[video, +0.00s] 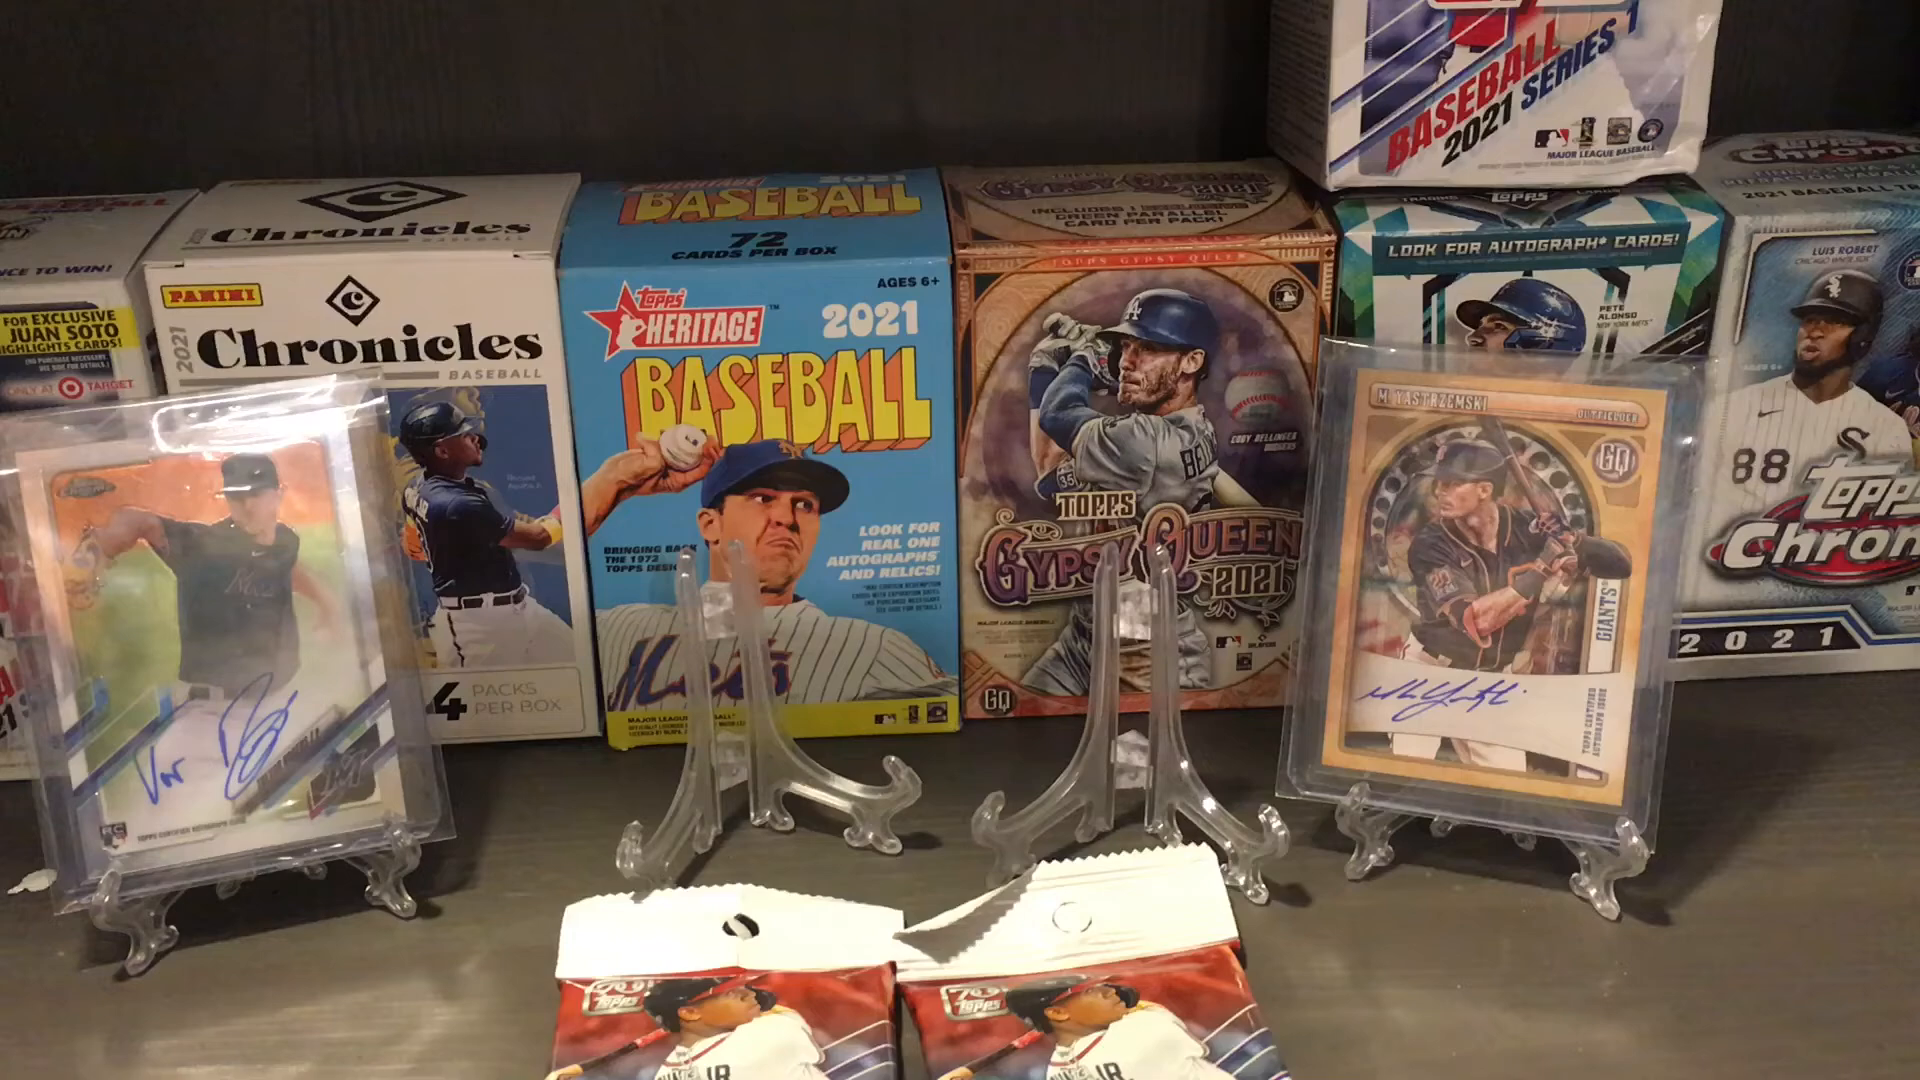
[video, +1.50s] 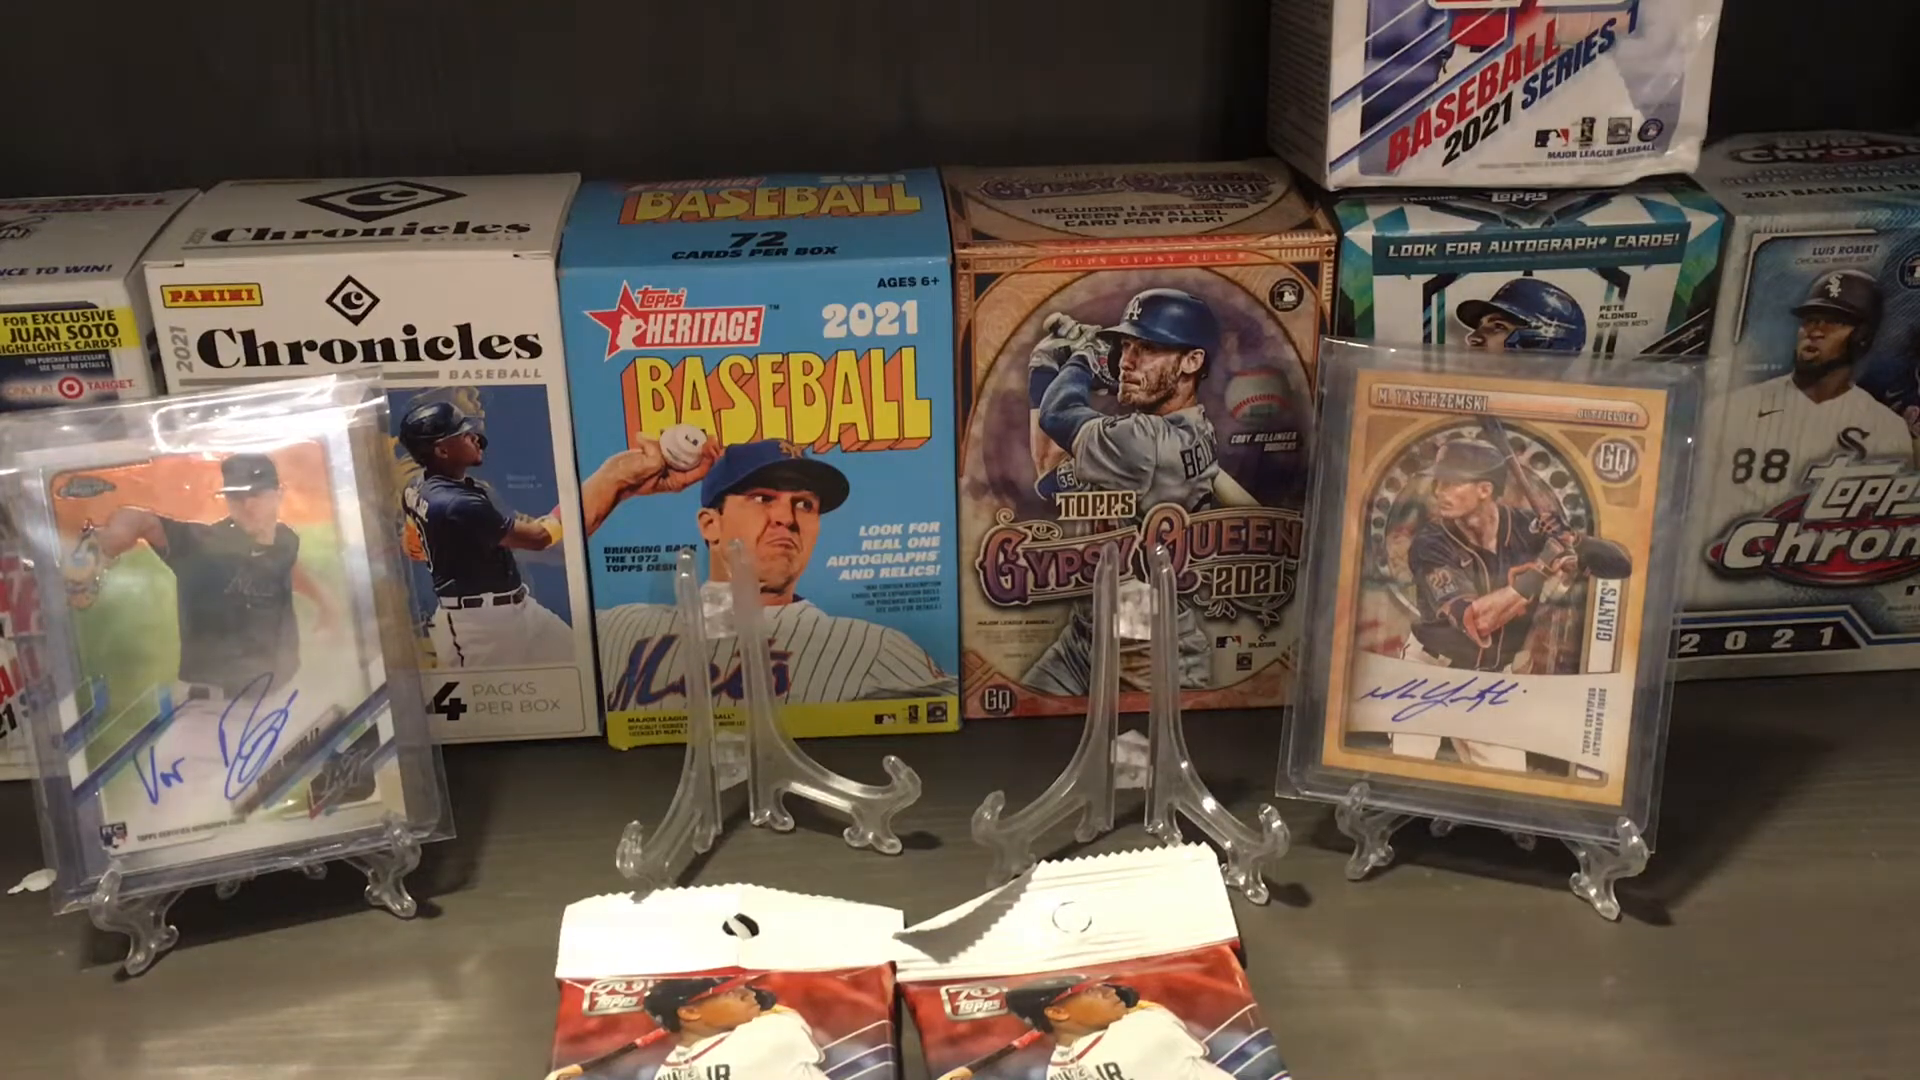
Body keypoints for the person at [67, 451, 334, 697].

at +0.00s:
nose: (245, 505)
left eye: (254, 494)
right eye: (236, 497)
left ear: (277, 495)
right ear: (227, 500)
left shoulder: (286, 542)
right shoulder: (199, 544)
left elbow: (286, 571)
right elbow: (134, 520)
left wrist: (325, 601)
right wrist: (99, 551)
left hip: (278, 699)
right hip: (215, 705)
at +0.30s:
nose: (246, 504)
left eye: (255, 494)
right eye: (237, 496)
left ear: (278, 495)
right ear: (227, 500)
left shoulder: (286, 543)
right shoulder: (199, 544)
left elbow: (286, 570)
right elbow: (133, 519)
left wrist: (325, 601)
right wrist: (98, 554)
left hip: (278, 699)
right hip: (215, 705)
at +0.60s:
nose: (246, 504)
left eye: (255, 494)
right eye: (237, 496)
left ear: (278, 495)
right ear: (227, 500)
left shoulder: (286, 542)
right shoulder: (199, 542)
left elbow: (287, 571)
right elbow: (134, 519)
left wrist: (325, 601)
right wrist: (105, 547)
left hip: (278, 697)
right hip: (216, 702)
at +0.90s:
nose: (246, 506)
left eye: (255, 494)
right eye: (236, 497)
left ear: (277, 494)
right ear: (226, 500)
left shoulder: (287, 542)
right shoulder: (199, 543)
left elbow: (287, 570)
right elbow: (134, 519)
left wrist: (325, 601)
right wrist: (95, 555)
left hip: (278, 700)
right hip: (215, 706)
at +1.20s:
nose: (246, 507)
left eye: (255, 495)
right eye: (236, 498)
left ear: (278, 495)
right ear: (227, 501)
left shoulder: (286, 542)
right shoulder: (199, 543)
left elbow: (287, 570)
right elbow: (132, 519)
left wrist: (325, 601)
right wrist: (95, 558)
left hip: (279, 699)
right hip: (214, 706)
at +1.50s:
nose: (247, 504)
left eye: (256, 493)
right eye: (237, 495)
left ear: (278, 495)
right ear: (227, 500)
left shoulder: (286, 542)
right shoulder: (198, 542)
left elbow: (288, 570)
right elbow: (133, 518)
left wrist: (324, 601)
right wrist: (102, 552)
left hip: (278, 700)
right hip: (214, 705)